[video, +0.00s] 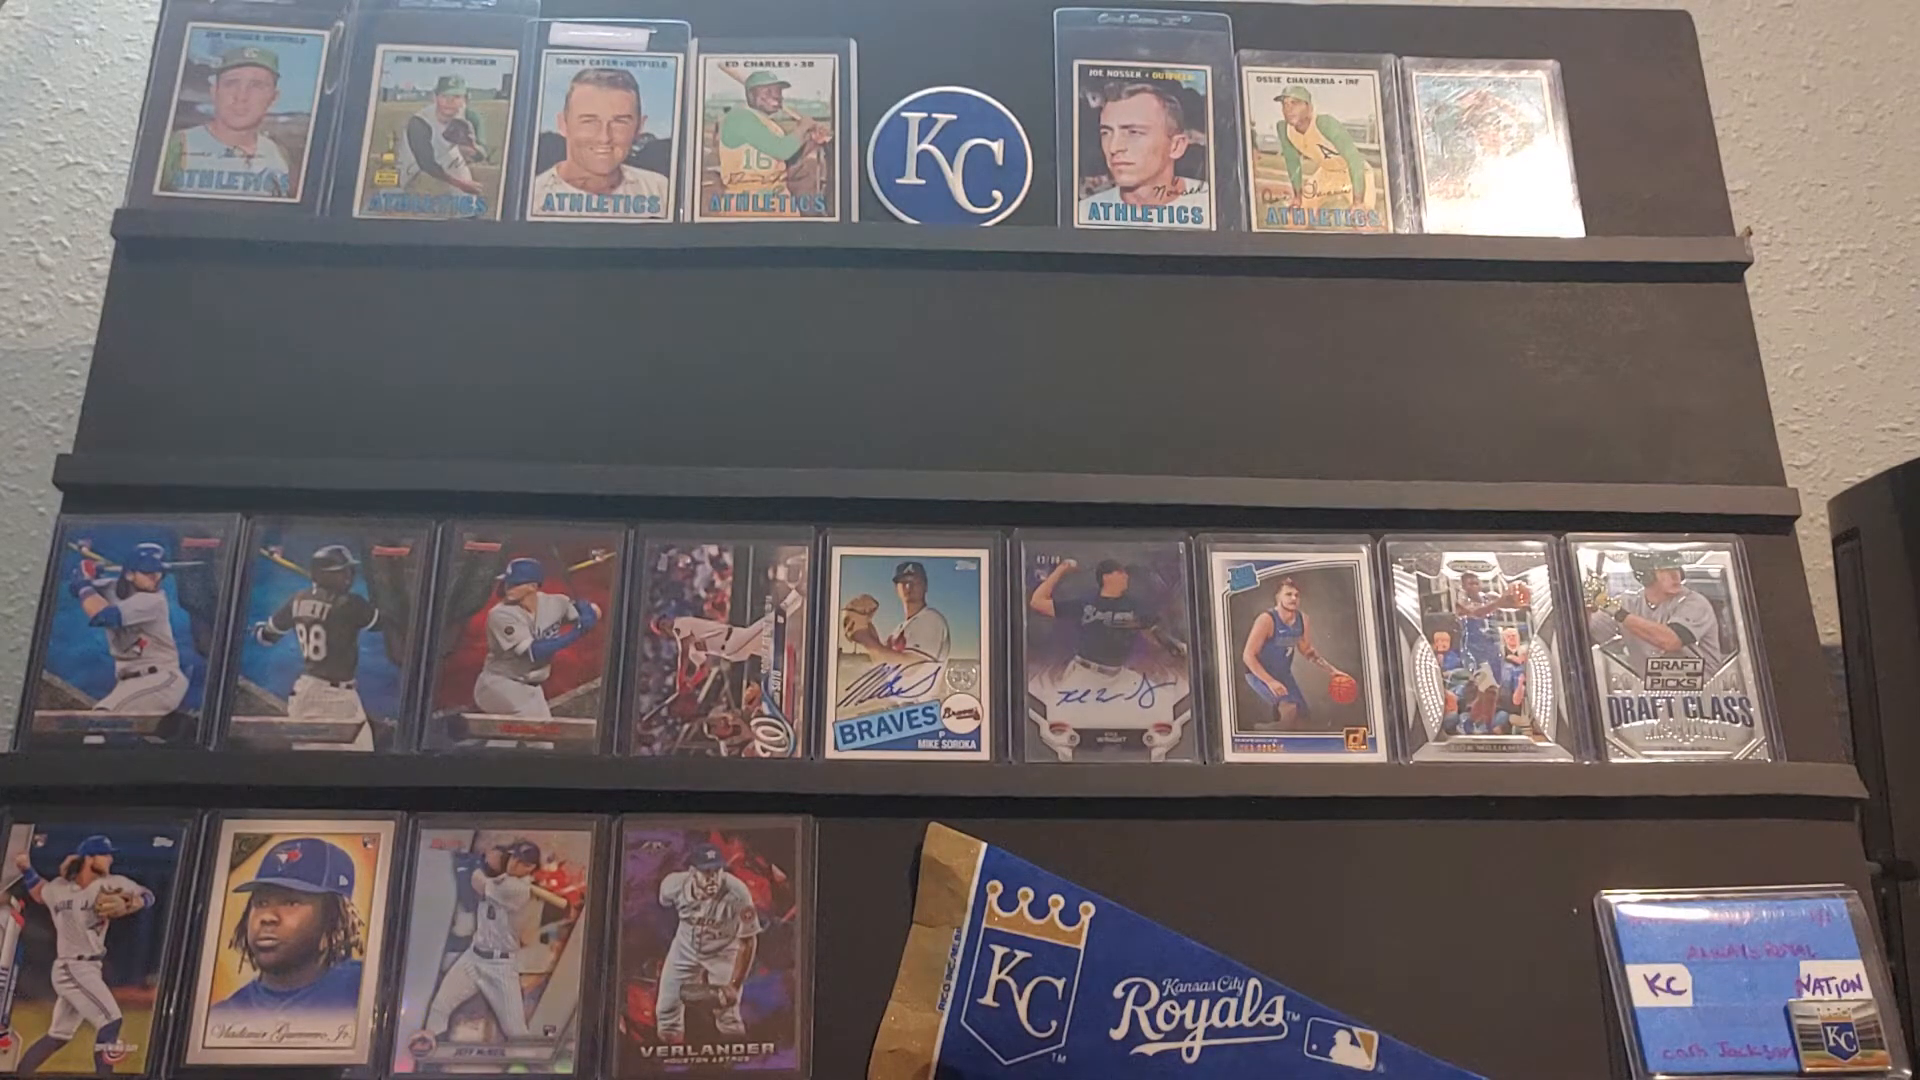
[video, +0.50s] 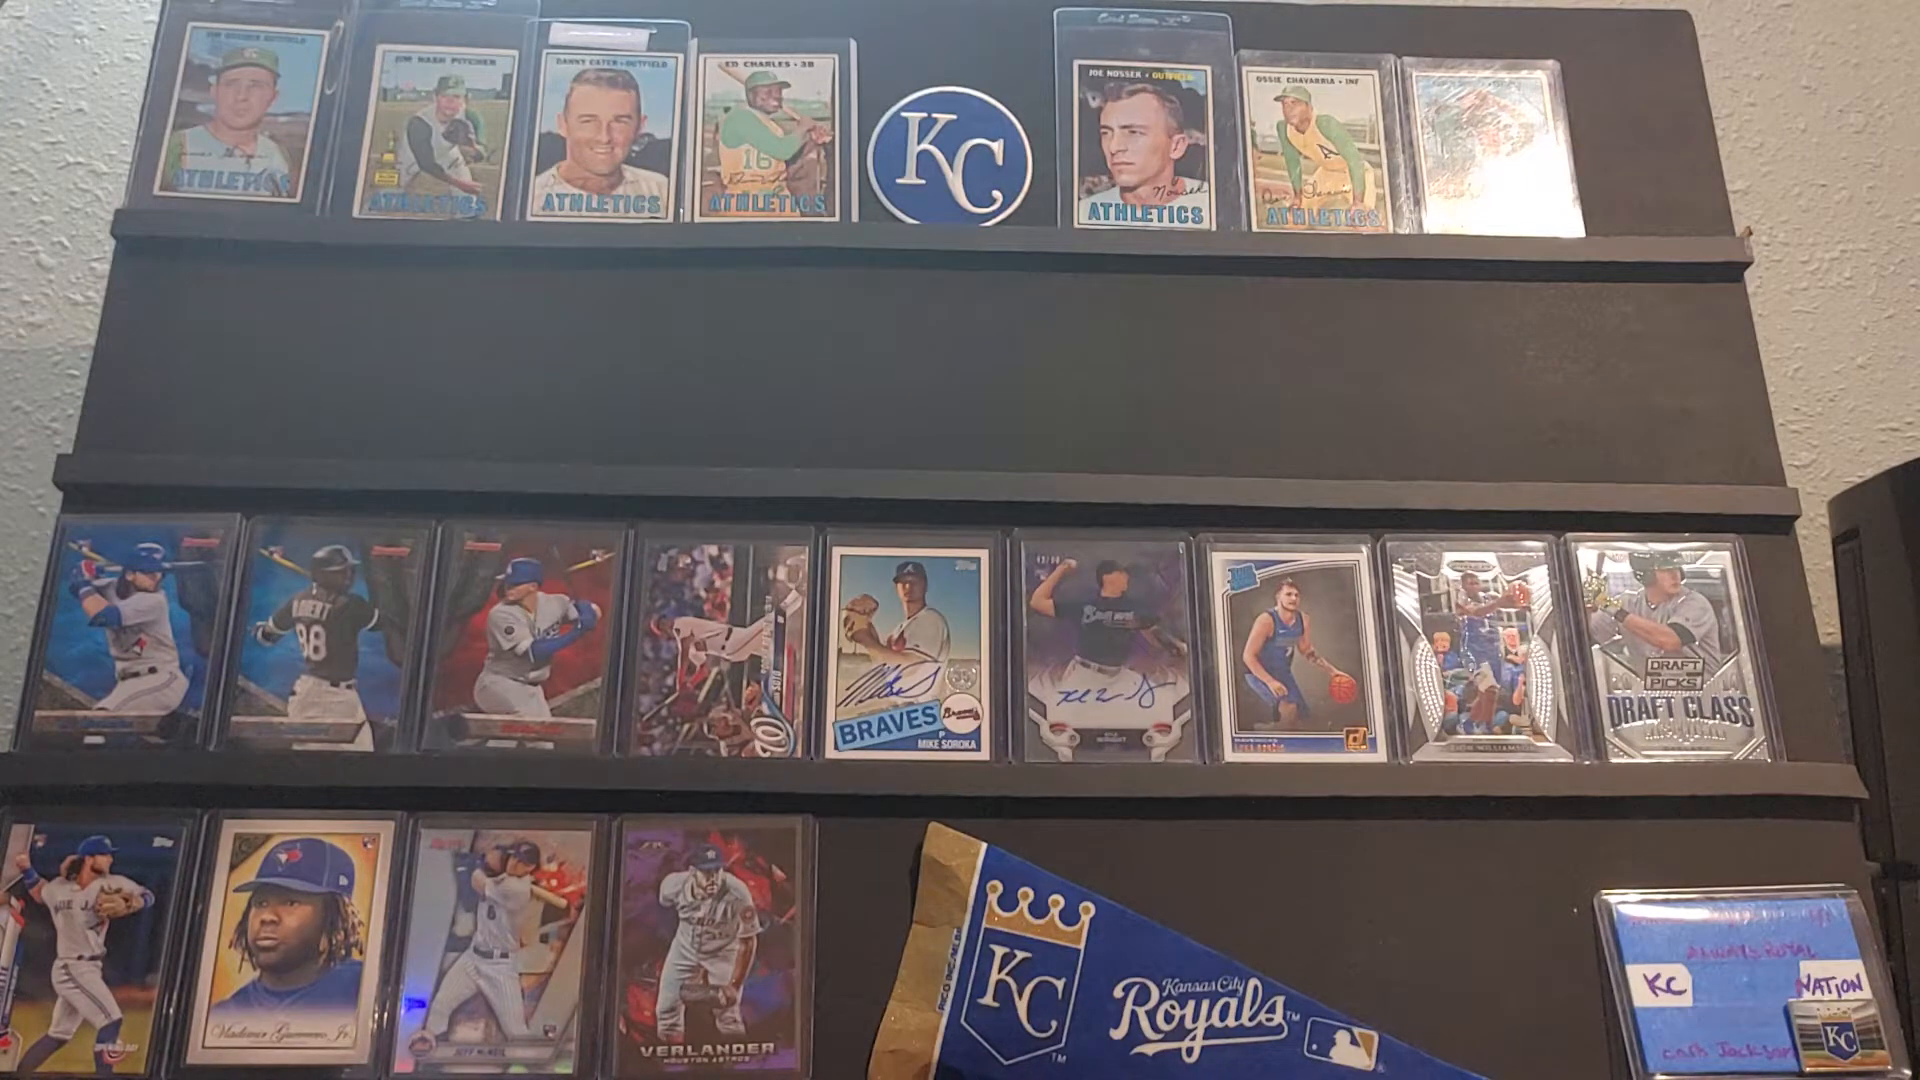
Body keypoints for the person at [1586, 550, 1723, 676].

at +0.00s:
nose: (1676, 575)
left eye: (1677, 568)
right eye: (1667, 569)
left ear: (1682, 570)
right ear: (1645, 574)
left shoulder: (1696, 604)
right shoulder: (1627, 604)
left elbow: (1670, 641)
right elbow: (1584, 638)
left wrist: (1621, 614)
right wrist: (1585, 609)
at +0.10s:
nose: (1676, 575)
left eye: (1677, 568)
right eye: (1667, 570)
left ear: (1682, 570)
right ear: (1645, 574)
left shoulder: (1696, 604)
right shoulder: (1627, 604)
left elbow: (1670, 641)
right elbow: (1584, 638)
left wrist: (1621, 614)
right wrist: (1585, 609)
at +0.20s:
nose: (1676, 575)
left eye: (1677, 568)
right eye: (1667, 569)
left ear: (1682, 570)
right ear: (1645, 574)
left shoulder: (1696, 604)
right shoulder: (1627, 604)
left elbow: (1670, 641)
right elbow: (1584, 638)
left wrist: (1621, 614)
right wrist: (1585, 609)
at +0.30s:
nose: (1676, 575)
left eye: (1677, 568)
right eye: (1667, 569)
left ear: (1682, 570)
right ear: (1645, 574)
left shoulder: (1696, 604)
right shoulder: (1627, 604)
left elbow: (1670, 641)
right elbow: (1584, 638)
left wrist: (1621, 614)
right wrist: (1585, 609)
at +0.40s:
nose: (1676, 575)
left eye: (1678, 568)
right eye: (1667, 569)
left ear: (1682, 571)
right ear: (1645, 574)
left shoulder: (1696, 604)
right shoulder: (1628, 604)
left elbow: (1671, 641)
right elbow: (1585, 637)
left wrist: (1619, 614)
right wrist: (1584, 609)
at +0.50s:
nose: (1676, 575)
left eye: (1677, 568)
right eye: (1667, 569)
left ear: (1682, 571)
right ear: (1645, 574)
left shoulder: (1696, 604)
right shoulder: (1628, 603)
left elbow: (1671, 641)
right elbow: (1585, 636)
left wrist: (1620, 614)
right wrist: (1584, 609)